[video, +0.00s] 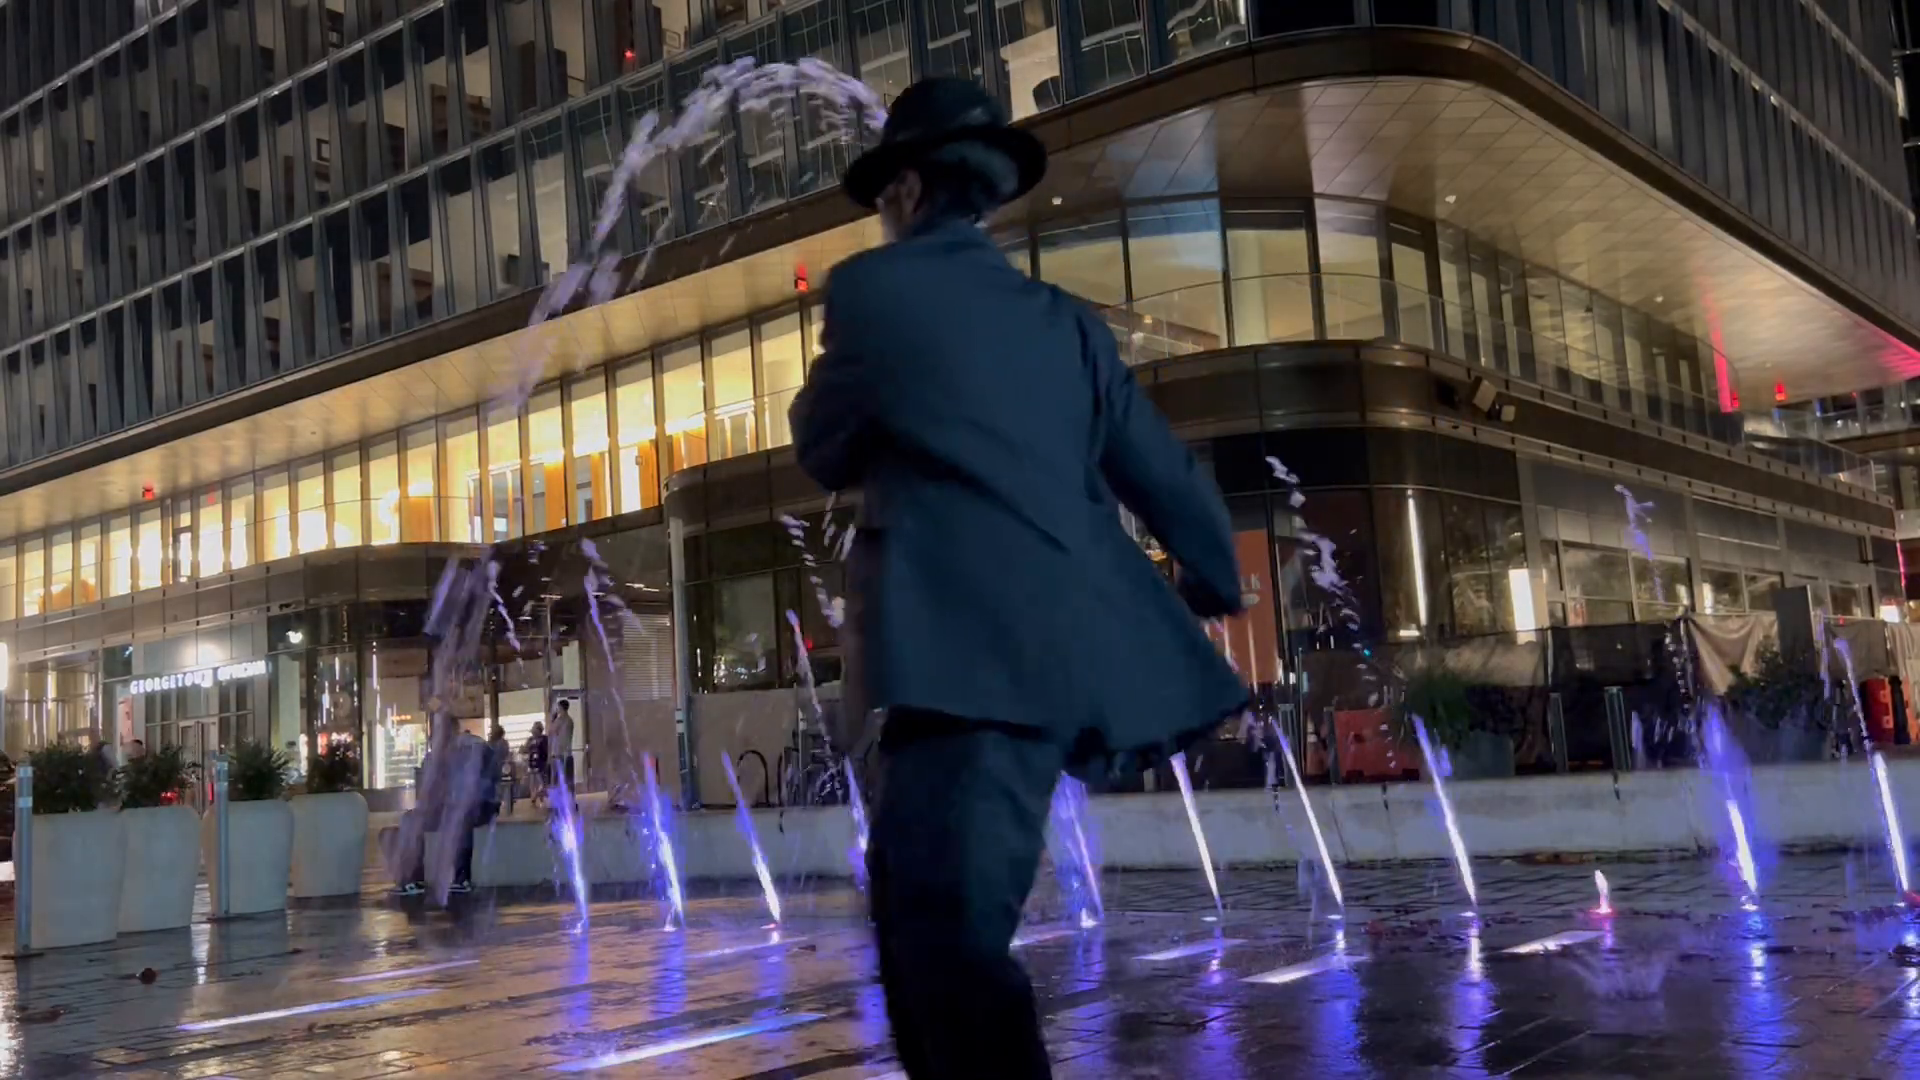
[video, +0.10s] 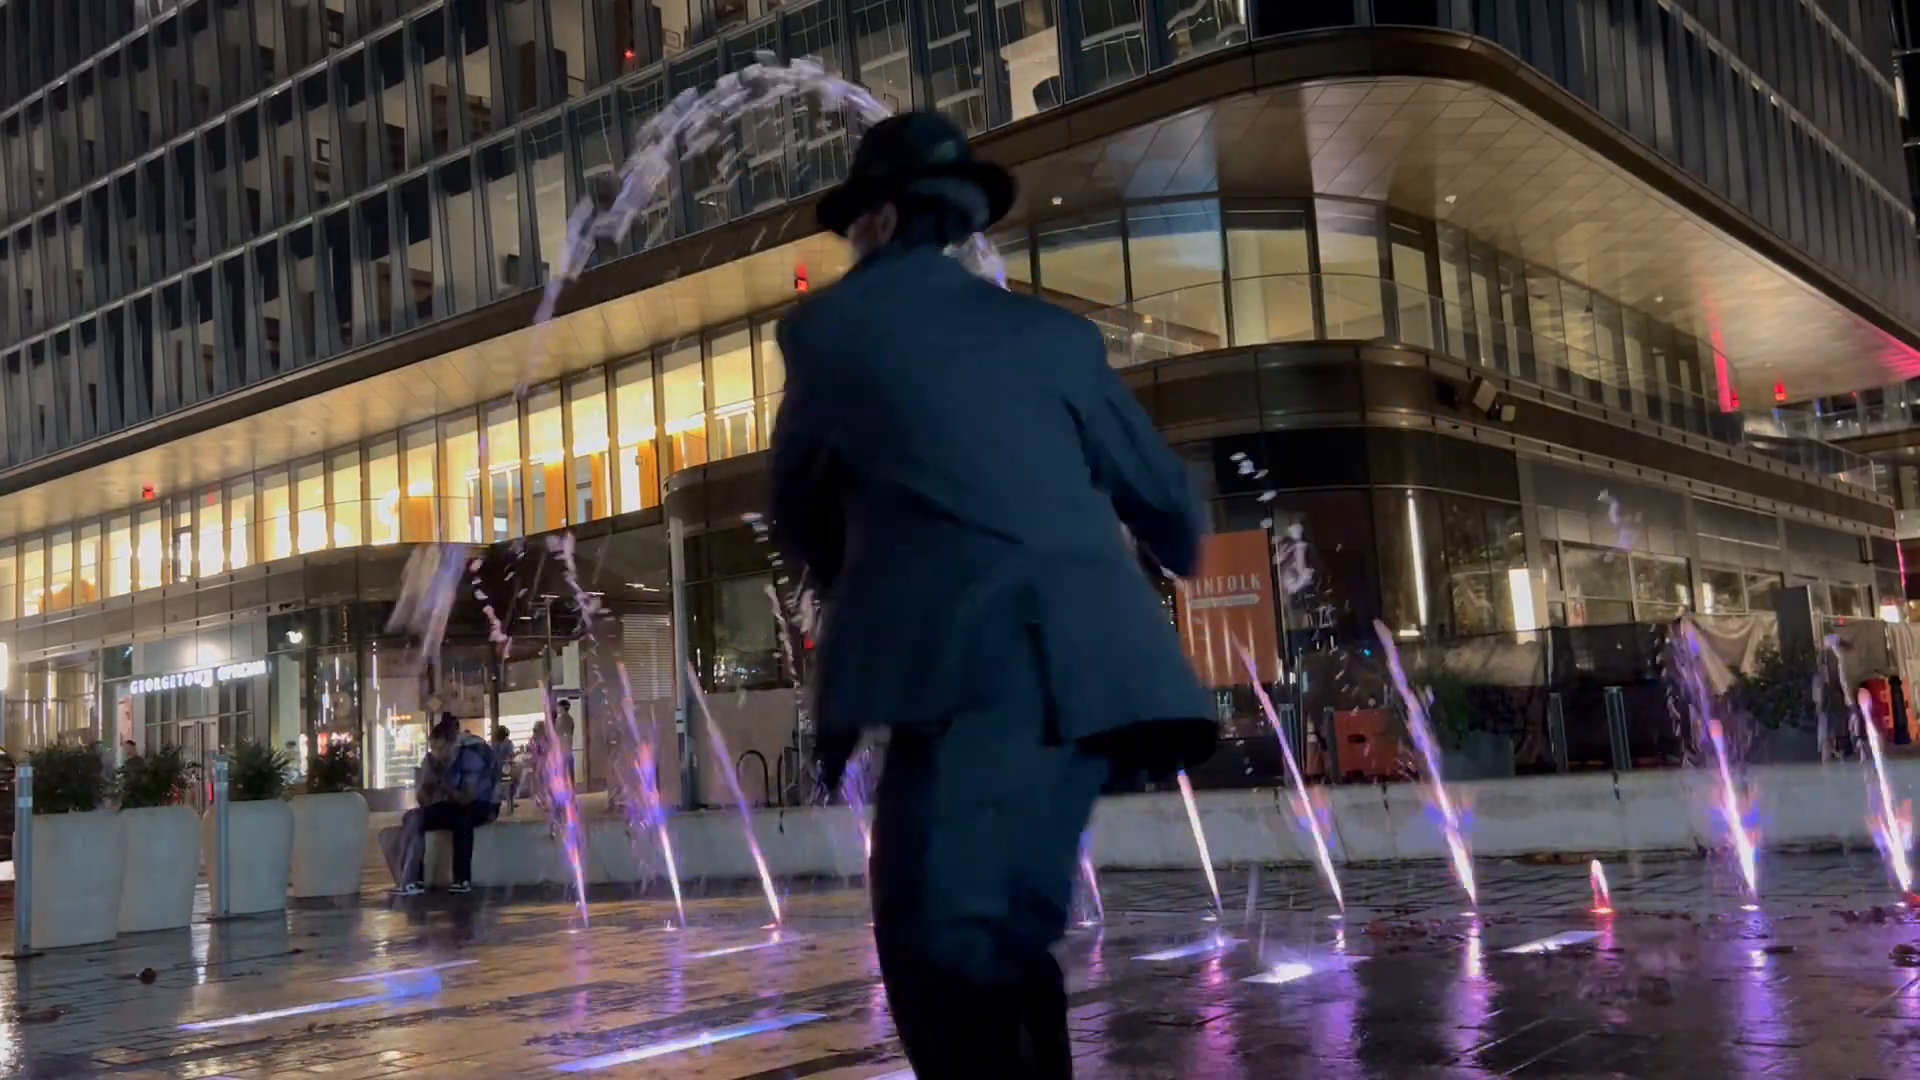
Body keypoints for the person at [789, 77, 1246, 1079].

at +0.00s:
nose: (879, 208)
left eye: (883, 189)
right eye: (881, 189)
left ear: (908, 189)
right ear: (986, 197)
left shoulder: (873, 285)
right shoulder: (1064, 318)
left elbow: (821, 444)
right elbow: (1159, 466)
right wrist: (1216, 579)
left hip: (969, 652)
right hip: (1069, 648)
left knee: (936, 939)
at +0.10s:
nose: (846, 239)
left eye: (853, 219)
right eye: (848, 221)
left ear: (880, 220)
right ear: (970, 227)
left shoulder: (828, 324)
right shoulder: (1050, 327)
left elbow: (798, 505)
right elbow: (1159, 485)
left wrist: (858, 586)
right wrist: (1173, 552)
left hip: (953, 661)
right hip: (1081, 649)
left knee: (925, 940)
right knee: (1022, 931)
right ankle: (1040, 1079)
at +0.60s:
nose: (1085, 189)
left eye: (1084, 170)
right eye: (1061, 165)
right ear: (981, 184)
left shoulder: (1118, 322)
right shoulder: (900, 328)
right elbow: (877, 519)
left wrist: (1162, 476)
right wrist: (1068, 477)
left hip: (1103, 689)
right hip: (949, 700)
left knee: (1151, 955)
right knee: (974, 980)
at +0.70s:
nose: (1150, 215)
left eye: (1145, 190)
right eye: (1132, 186)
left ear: (1075, 196)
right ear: (1061, 191)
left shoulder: (1080, 333)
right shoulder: (1017, 307)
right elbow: (992, 486)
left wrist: (1216, 600)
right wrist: (1183, 538)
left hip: (1032, 659)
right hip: (975, 663)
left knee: (1124, 937)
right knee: (1121, 938)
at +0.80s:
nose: (1119, 226)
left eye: (1117, 206)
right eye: (1111, 204)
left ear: (992, 220)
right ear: (1071, 203)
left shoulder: (915, 334)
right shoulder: (1098, 292)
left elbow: (837, 497)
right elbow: (1151, 435)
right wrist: (1208, 549)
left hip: (914, 663)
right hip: (1023, 645)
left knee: (1058, 930)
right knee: (1179, 858)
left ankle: (1088, 1064)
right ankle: (1141, 1067)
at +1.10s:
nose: (844, 220)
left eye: (845, 197)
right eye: (843, 198)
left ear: (865, 189)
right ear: (959, 196)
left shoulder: (894, 255)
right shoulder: (1014, 291)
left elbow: (910, 419)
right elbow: (1123, 466)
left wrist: (772, 541)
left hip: (1035, 648)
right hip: (1122, 636)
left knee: (946, 946)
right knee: (1092, 940)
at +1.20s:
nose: (796, 237)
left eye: (799, 208)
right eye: (794, 215)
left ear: (833, 192)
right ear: (895, 187)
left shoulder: (907, 261)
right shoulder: (916, 282)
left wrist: (859, 515)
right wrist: (1225, 586)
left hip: (1027, 665)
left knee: (903, 965)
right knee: (1057, 953)